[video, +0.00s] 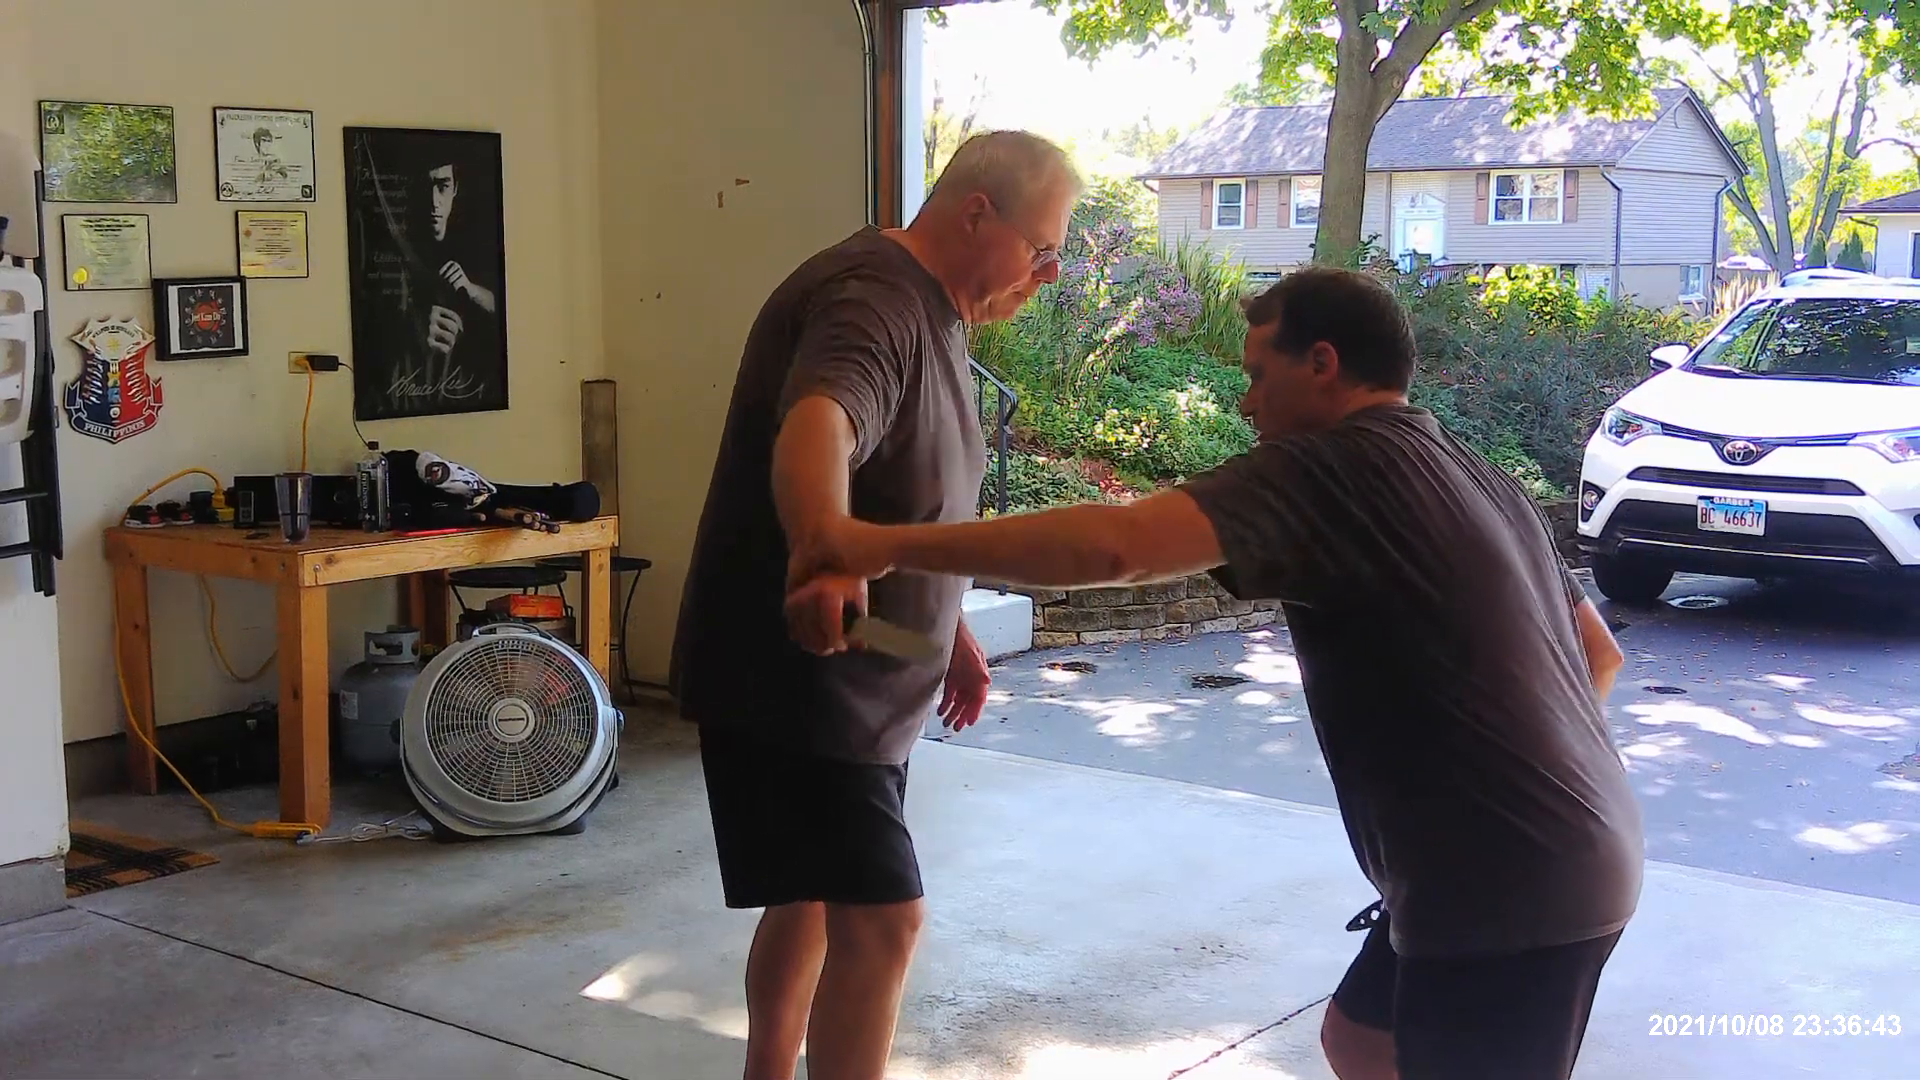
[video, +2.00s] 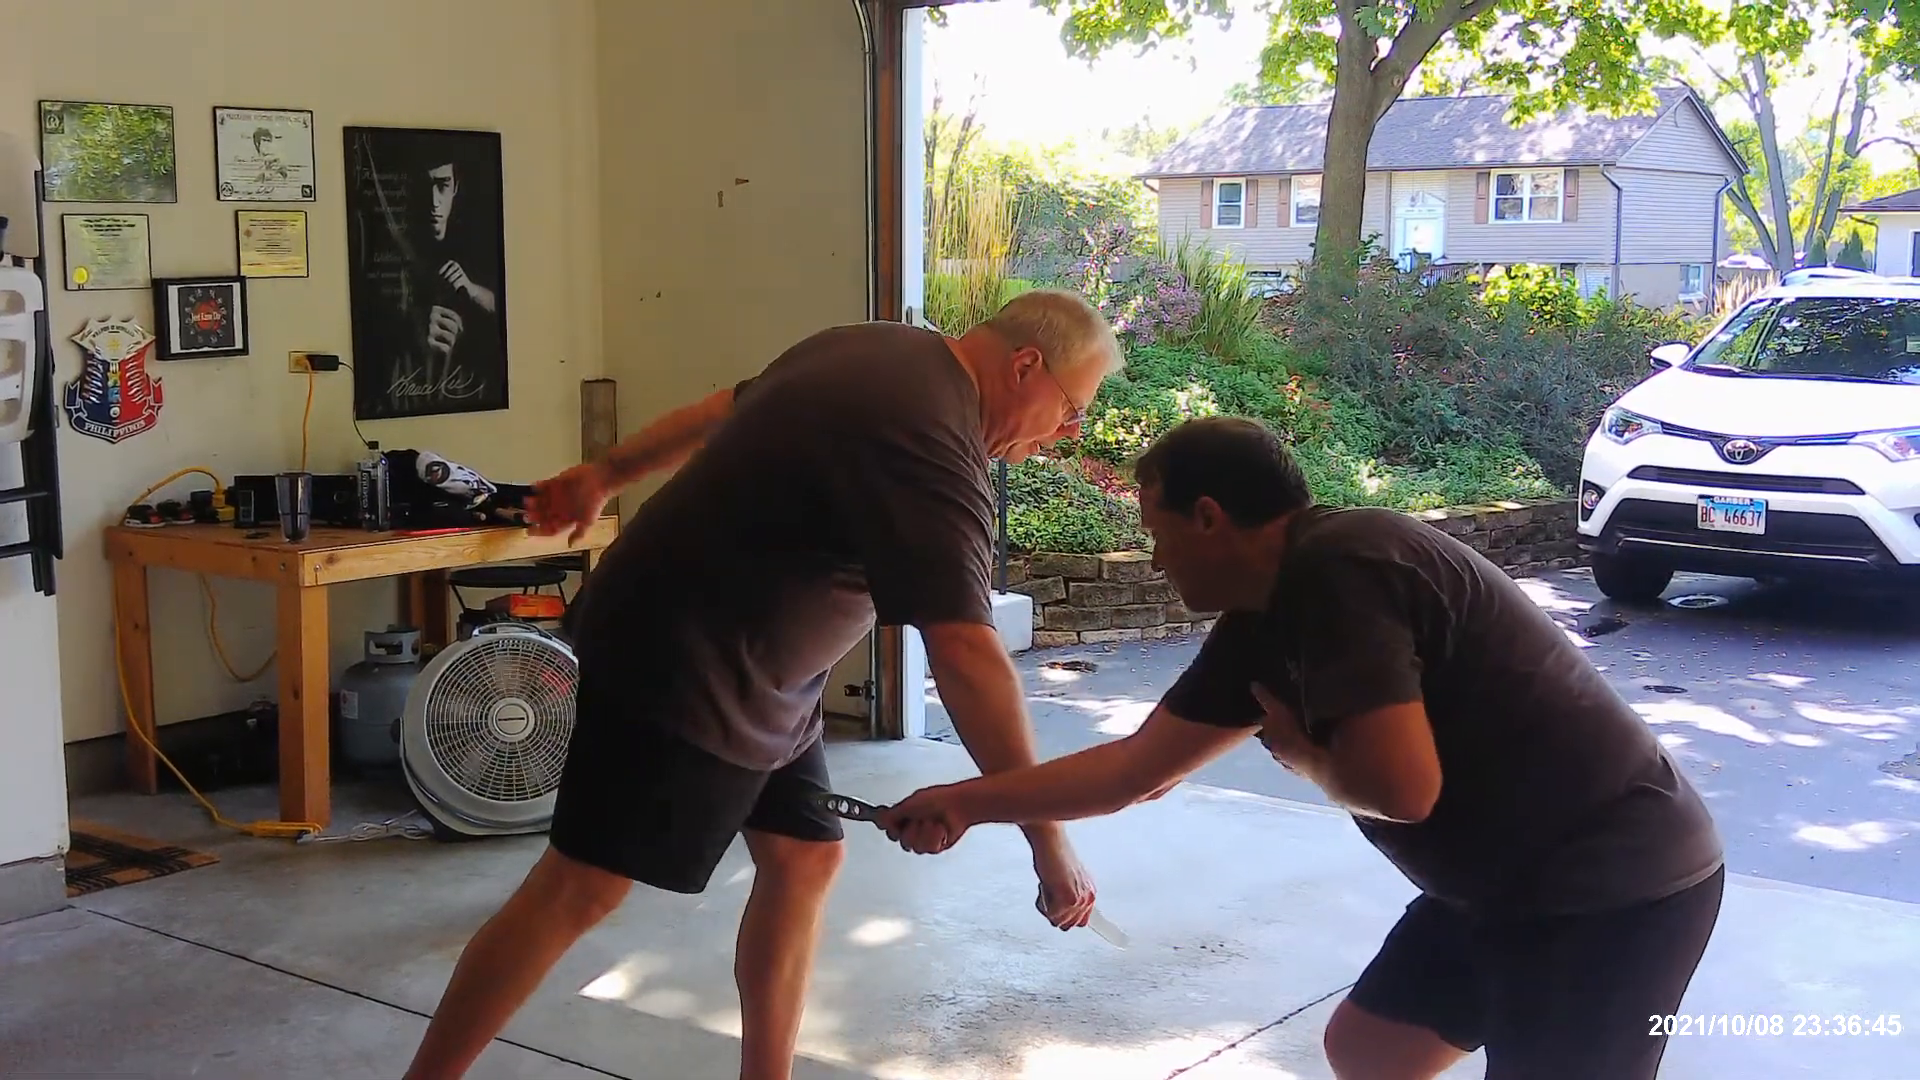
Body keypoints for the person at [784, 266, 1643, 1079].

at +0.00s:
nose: (1246, 393)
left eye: (1257, 370)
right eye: (1246, 370)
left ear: (1321, 364)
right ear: (1354, 369)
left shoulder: (1340, 465)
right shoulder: (1472, 473)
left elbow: (1116, 542)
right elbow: (1597, 654)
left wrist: (889, 543)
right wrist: (1500, 776)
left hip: (1508, 874)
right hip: (1563, 842)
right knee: (1360, 1036)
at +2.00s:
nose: (1154, 554)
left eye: (1159, 530)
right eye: (1151, 533)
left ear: (1214, 522)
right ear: (1225, 519)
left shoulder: (1344, 570)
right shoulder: (1264, 618)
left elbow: (1406, 790)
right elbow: (1137, 766)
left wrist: (1314, 758)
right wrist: (962, 802)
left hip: (1621, 879)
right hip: (1496, 878)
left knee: (1555, 1072)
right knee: (1370, 1046)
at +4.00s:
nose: (1165, 405)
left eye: (1181, 381)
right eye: (1162, 384)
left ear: (1268, 375)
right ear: (1241, 384)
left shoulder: (1371, 447)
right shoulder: (1225, 490)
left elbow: (1417, 665)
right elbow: (1091, 567)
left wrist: (1262, 600)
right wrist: (959, 579)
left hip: (1589, 794)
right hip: (1458, 810)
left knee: (1595, 1061)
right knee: (1374, 1038)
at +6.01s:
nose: (1204, 427)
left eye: (1218, 399)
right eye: (1193, 405)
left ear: (1296, 361)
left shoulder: (1420, 429)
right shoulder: (1242, 492)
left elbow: (1425, 619)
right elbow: (1153, 616)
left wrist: (1284, 575)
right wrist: (1050, 730)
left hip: (1516, 821)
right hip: (1371, 833)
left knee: (1534, 1063)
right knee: (1301, 1052)